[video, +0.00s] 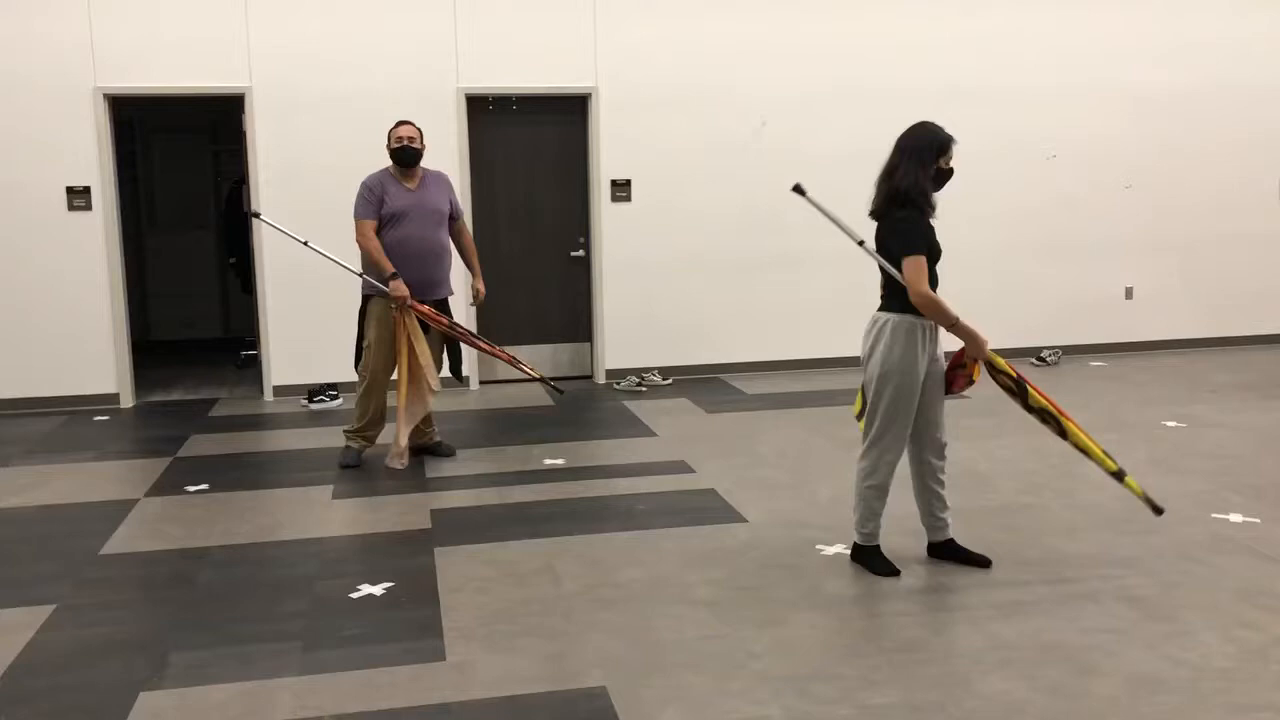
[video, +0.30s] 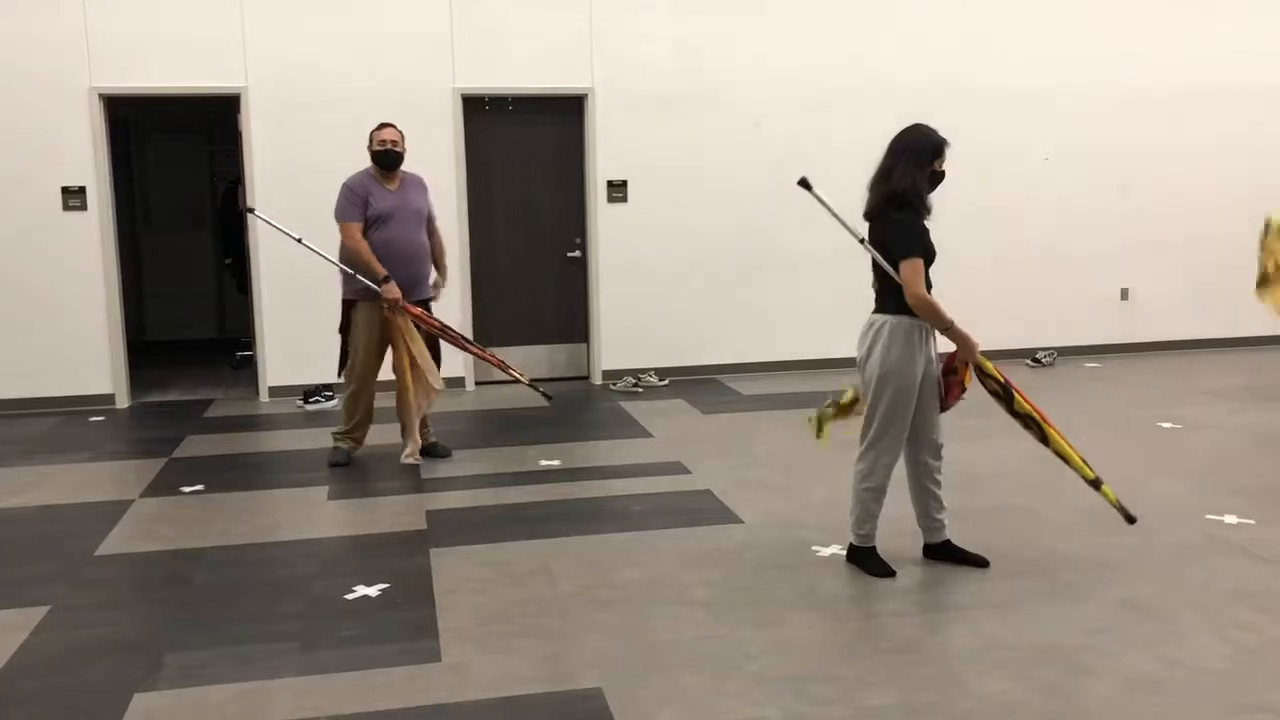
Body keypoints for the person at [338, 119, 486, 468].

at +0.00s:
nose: (405, 144)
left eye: (412, 139)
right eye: (398, 140)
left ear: (423, 147)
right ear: (388, 149)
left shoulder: (440, 183)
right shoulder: (374, 185)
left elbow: (459, 230)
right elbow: (365, 236)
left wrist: (477, 274)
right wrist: (392, 276)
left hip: (432, 297)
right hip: (385, 295)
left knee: (426, 371)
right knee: (376, 370)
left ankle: (423, 436)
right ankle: (358, 441)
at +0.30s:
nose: (388, 147)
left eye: (394, 143)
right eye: (381, 143)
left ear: (404, 150)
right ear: (370, 150)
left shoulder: (417, 185)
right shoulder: (356, 187)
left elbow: (431, 230)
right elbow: (352, 241)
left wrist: (441, 270)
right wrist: (384, 279)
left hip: (415, 296)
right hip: (367, 298)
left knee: (420, 371)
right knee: (360, 374)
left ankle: (422, 437)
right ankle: (346, 442)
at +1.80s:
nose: (420, 172)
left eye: (424, 167)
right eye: (413, 167)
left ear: (428, 168)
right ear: (397, 167)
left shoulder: (431, 198)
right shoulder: (379, 201)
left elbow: (464, 226)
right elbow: (381, 250)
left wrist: (438, 191)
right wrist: (422, 283)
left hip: (436, 301)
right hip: (396, 306)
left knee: (457, 359)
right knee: (402, 380)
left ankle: (451, 427)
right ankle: (391, 444)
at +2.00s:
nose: (435, 177)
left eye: (439, 172)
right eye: (428, 172)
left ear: (445, 175)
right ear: (413, 174)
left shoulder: (450, 204)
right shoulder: (398, 206)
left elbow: (481, 231)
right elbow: (398, 253)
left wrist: (456, 199)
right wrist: (438, 284)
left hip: (455, 304)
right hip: (415, 308)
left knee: (467, 369)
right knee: (413, 382)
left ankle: (476, 428)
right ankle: (393, 448)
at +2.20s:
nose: (456, 181)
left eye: (460, 176)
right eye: (450, 175)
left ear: (467, 178)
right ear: (436, 176)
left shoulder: (472, 206)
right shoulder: (421, 208)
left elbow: (504, 232)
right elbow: (421, 254)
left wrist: (477, 197)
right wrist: (457, 285)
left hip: (480, 303)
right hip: (439, 306)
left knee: (480, 369)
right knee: (426, 377)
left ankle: (476, 430)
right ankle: (401, 447)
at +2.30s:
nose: (466, 181)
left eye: (470, 176)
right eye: (461, 176)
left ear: (475, 175)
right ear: (447, 173)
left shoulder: (480, 201)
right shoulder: (429, 203)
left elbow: (511, 228)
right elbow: (429, 250)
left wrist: (487, 196)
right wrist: (465, 281)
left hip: (483, 299)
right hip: (446, 301)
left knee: (481, 367)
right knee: (437, 370)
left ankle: (475, 429)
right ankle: (417, 440)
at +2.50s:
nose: (474, 176)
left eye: (478, 171)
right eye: (469, 171)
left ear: (482, 170)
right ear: (454, 165)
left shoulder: (481, 196)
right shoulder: (433, 195)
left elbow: (512, 227)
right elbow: (429, 244)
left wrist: (488, 196)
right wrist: (467, 275)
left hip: (482, 293)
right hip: (446, 294)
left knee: (480, 360)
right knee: (448, 361)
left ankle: (472, 424)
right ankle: (437, 428)